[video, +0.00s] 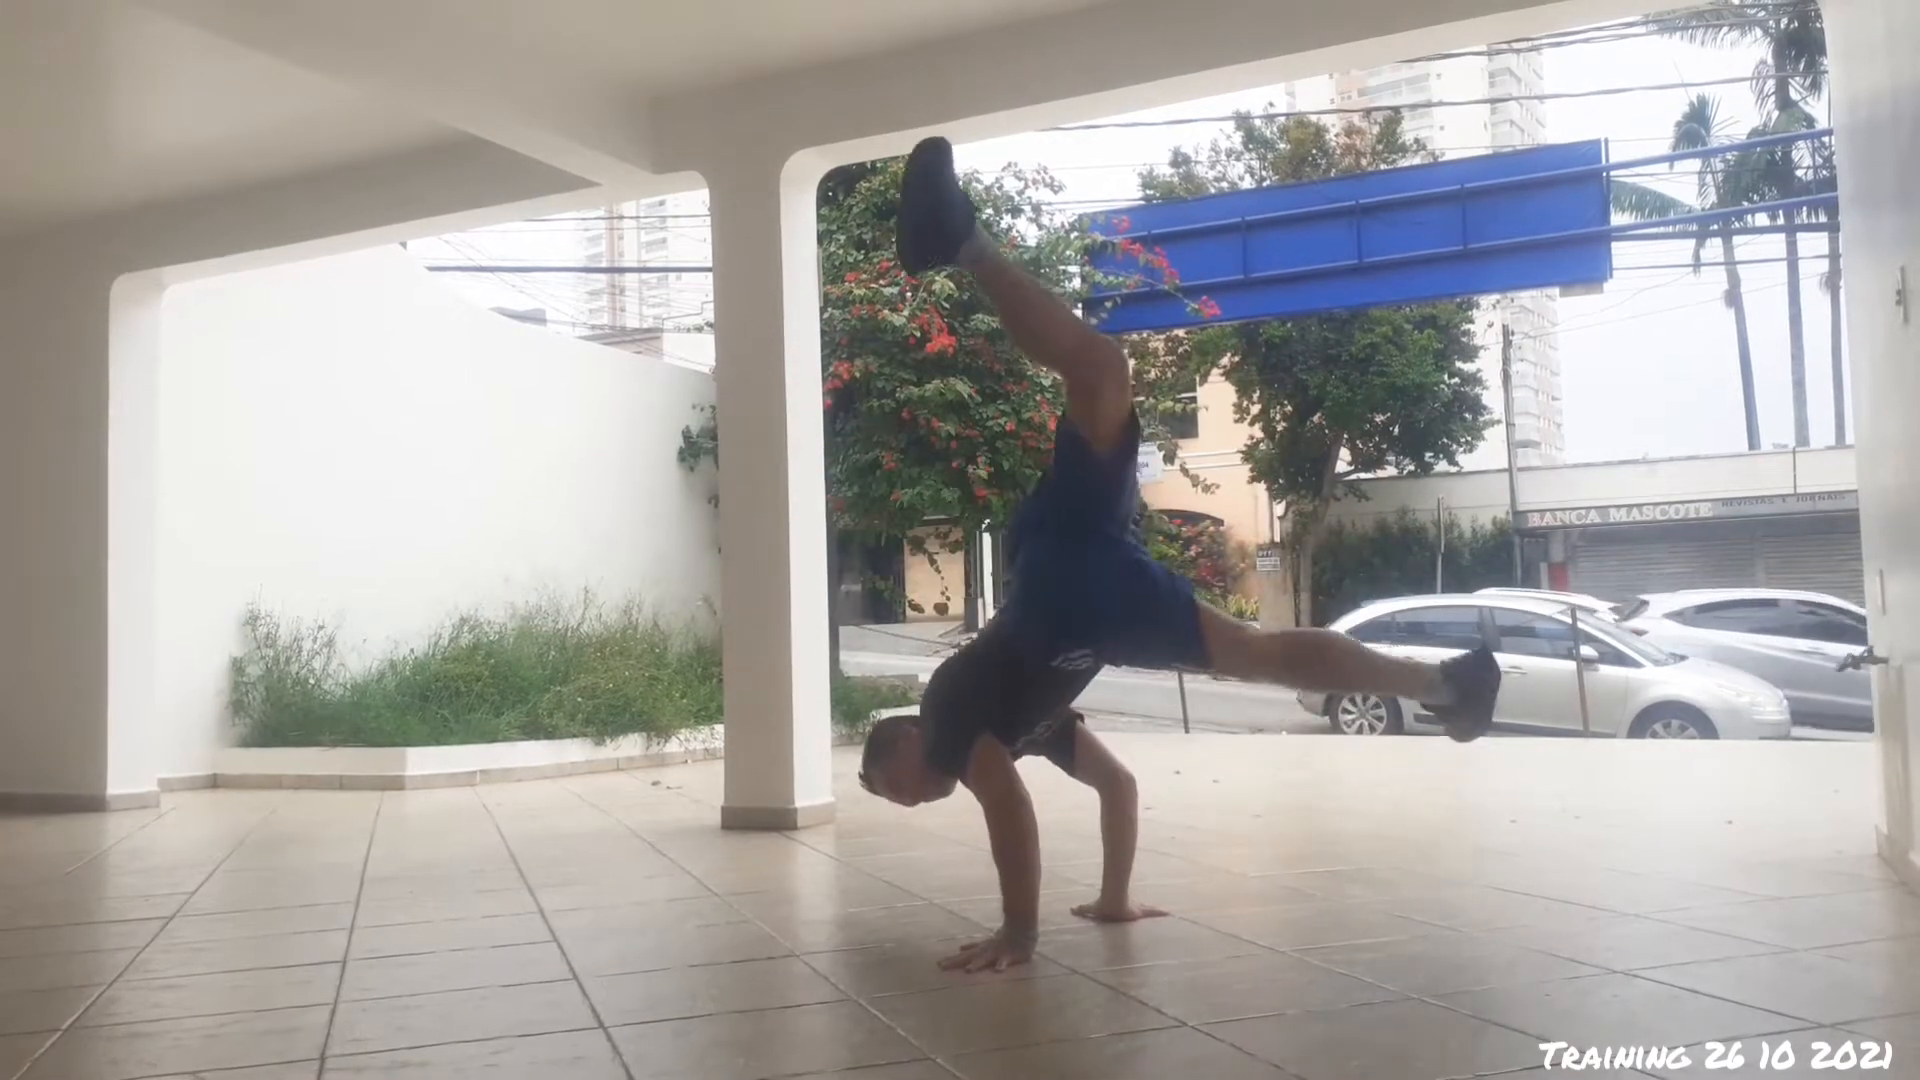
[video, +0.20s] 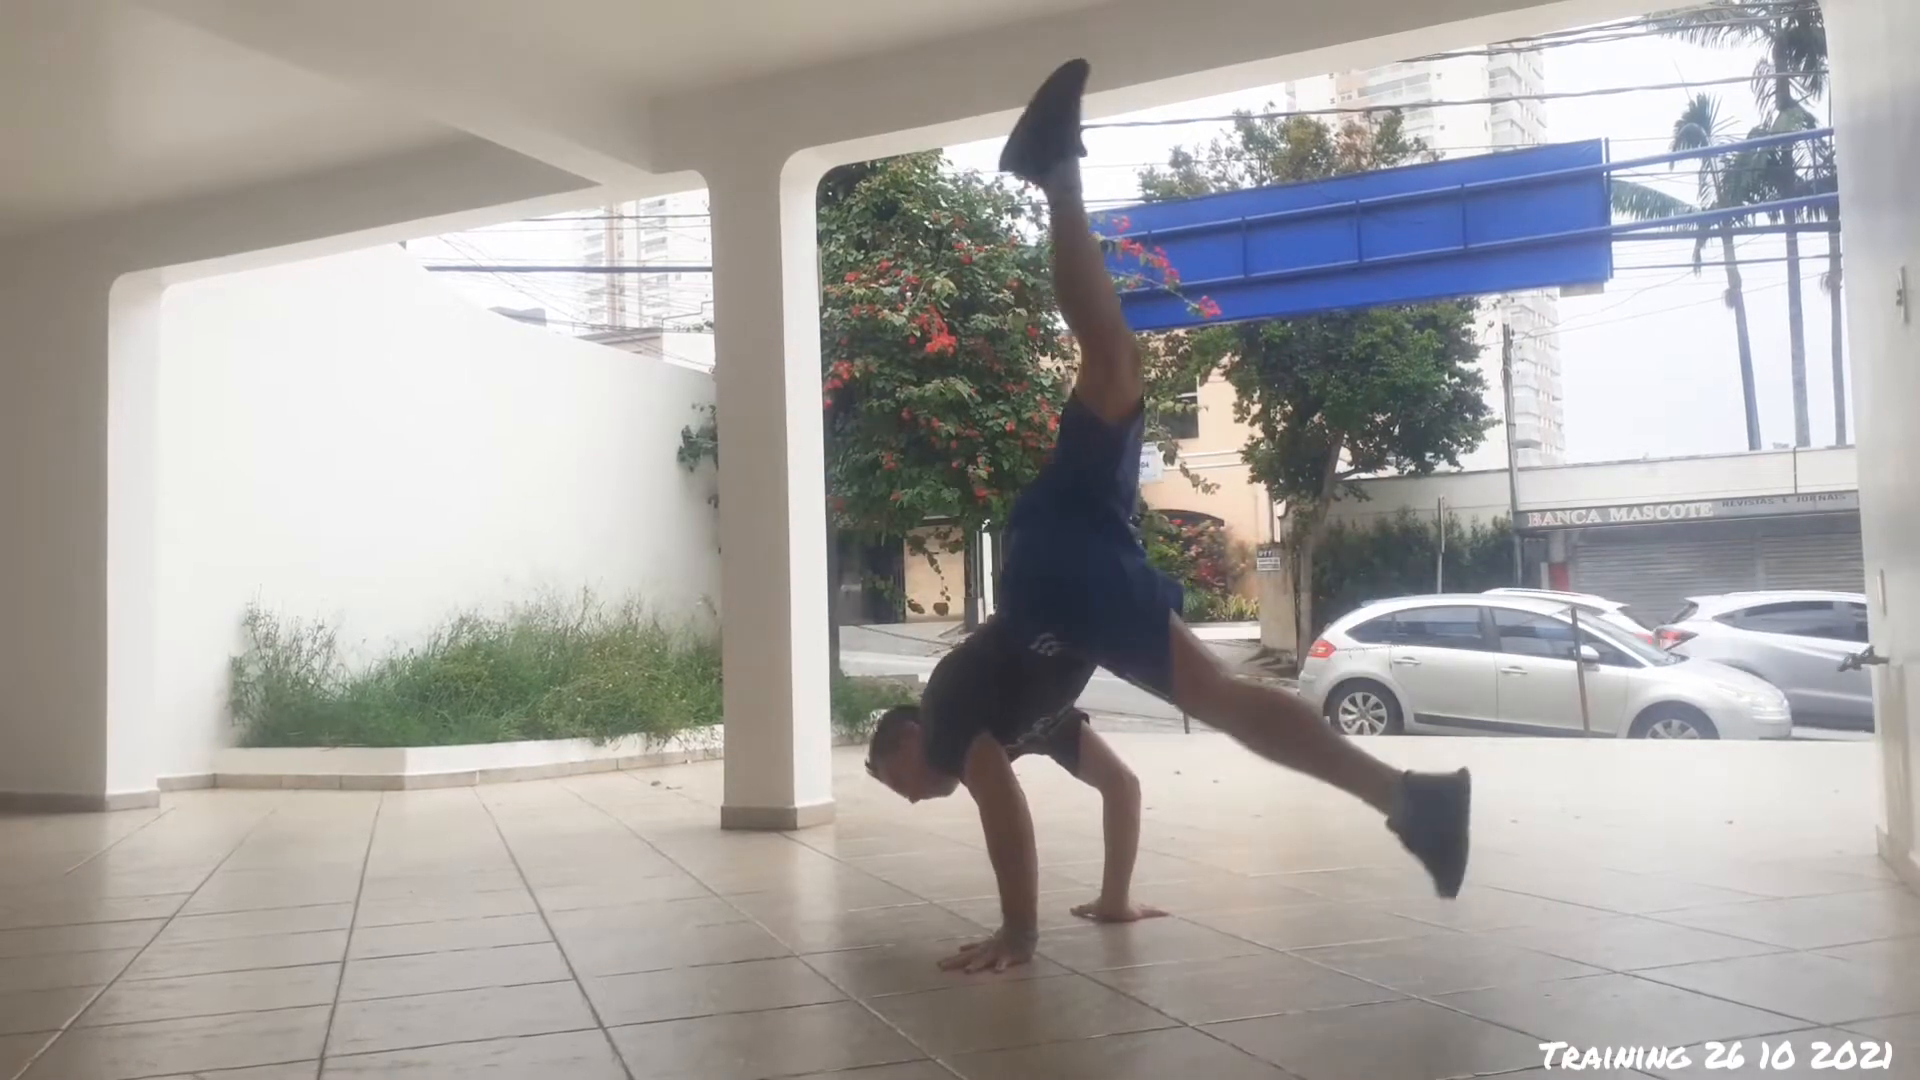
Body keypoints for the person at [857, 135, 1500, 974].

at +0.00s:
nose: (904, 798)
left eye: (891, 788)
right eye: (894, 795)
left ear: (899, 748)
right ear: (924, 757)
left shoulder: (949, 712)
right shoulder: (1032, 722)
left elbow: (1009, 814)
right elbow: (1119, 786)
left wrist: (1015, 934)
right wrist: (1113, 899)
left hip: (1091, 599)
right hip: (1063, 539)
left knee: (1255, 653)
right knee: (1099, 367)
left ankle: (1443, 686)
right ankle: (965, 244)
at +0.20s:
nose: (907, 790)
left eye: (893, 777)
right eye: (895, 784)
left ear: (901, 741)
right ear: (922, 742)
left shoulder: (946, 709)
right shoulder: (1037, 718)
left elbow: (1003, 808)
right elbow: (1120, 787)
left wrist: (1016, 932)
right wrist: (1114, 898)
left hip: (1057, 583)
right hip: (1070, 522)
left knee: (1215, 693)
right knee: (1111, 371)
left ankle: (1404, 798)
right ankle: (1057, 169)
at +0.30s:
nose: (911, 789)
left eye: (899, 774)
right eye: (899, 783)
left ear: (911, 739)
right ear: (927, 738)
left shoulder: (948, 705)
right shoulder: (1044, 721)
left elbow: (1003, 813)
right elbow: (1125, 792)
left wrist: (1015, 934)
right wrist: (1114, 898)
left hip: (1042, 556)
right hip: (1081, 505)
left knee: (1145, 693)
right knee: (1138, 364)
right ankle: (1170, 191)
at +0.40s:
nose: (914, 787)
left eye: (903, 773)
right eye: (905, 781)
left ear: (915, 737)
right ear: (933, 748)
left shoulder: (962, 707)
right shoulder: (1049, 727)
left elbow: (1003, 817)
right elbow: (1132, 789)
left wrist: (1016, 933)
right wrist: (1114, 900)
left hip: (1054, 540)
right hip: (1116, 546)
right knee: (1218, 376)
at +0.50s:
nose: (928, 778)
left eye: (915, 766)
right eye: (922, 773)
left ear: (914, 729)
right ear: (964, 738)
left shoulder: (948, 709)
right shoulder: (1057, 726)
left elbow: (995, 814)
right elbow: (1137, 792)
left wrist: (1012, 941)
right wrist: (1114, 901)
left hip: (1041, 541)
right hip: (1129, 534)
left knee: (928, 529)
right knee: (1276, 470)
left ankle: (794, 517)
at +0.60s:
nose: (947, 761)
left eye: (935, 748)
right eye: (941, 751)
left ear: (939, 711)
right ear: (999, 703)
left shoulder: (957, 697)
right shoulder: (1068, 718)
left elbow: (978, 817)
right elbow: (1131, 790)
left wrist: (1005, 928)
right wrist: (1112, 896)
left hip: (1036, 510)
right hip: (1131, 545)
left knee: (902, 484)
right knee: (1307, 589)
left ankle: (737, 377)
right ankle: (1506, 547)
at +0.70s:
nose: (964, 719)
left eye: (959, 710)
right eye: (967, 715)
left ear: (961, 666)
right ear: (1009, 690)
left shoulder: (955, 649)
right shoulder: (1065, 696)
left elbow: (930, 734)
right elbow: (1121, 797)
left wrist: (960, 840)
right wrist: (1117, 903)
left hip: (1098, 506)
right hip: (1174, 570)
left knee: (921, 452)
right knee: (1192, 712)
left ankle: (752, 362)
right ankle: (1298, 748)